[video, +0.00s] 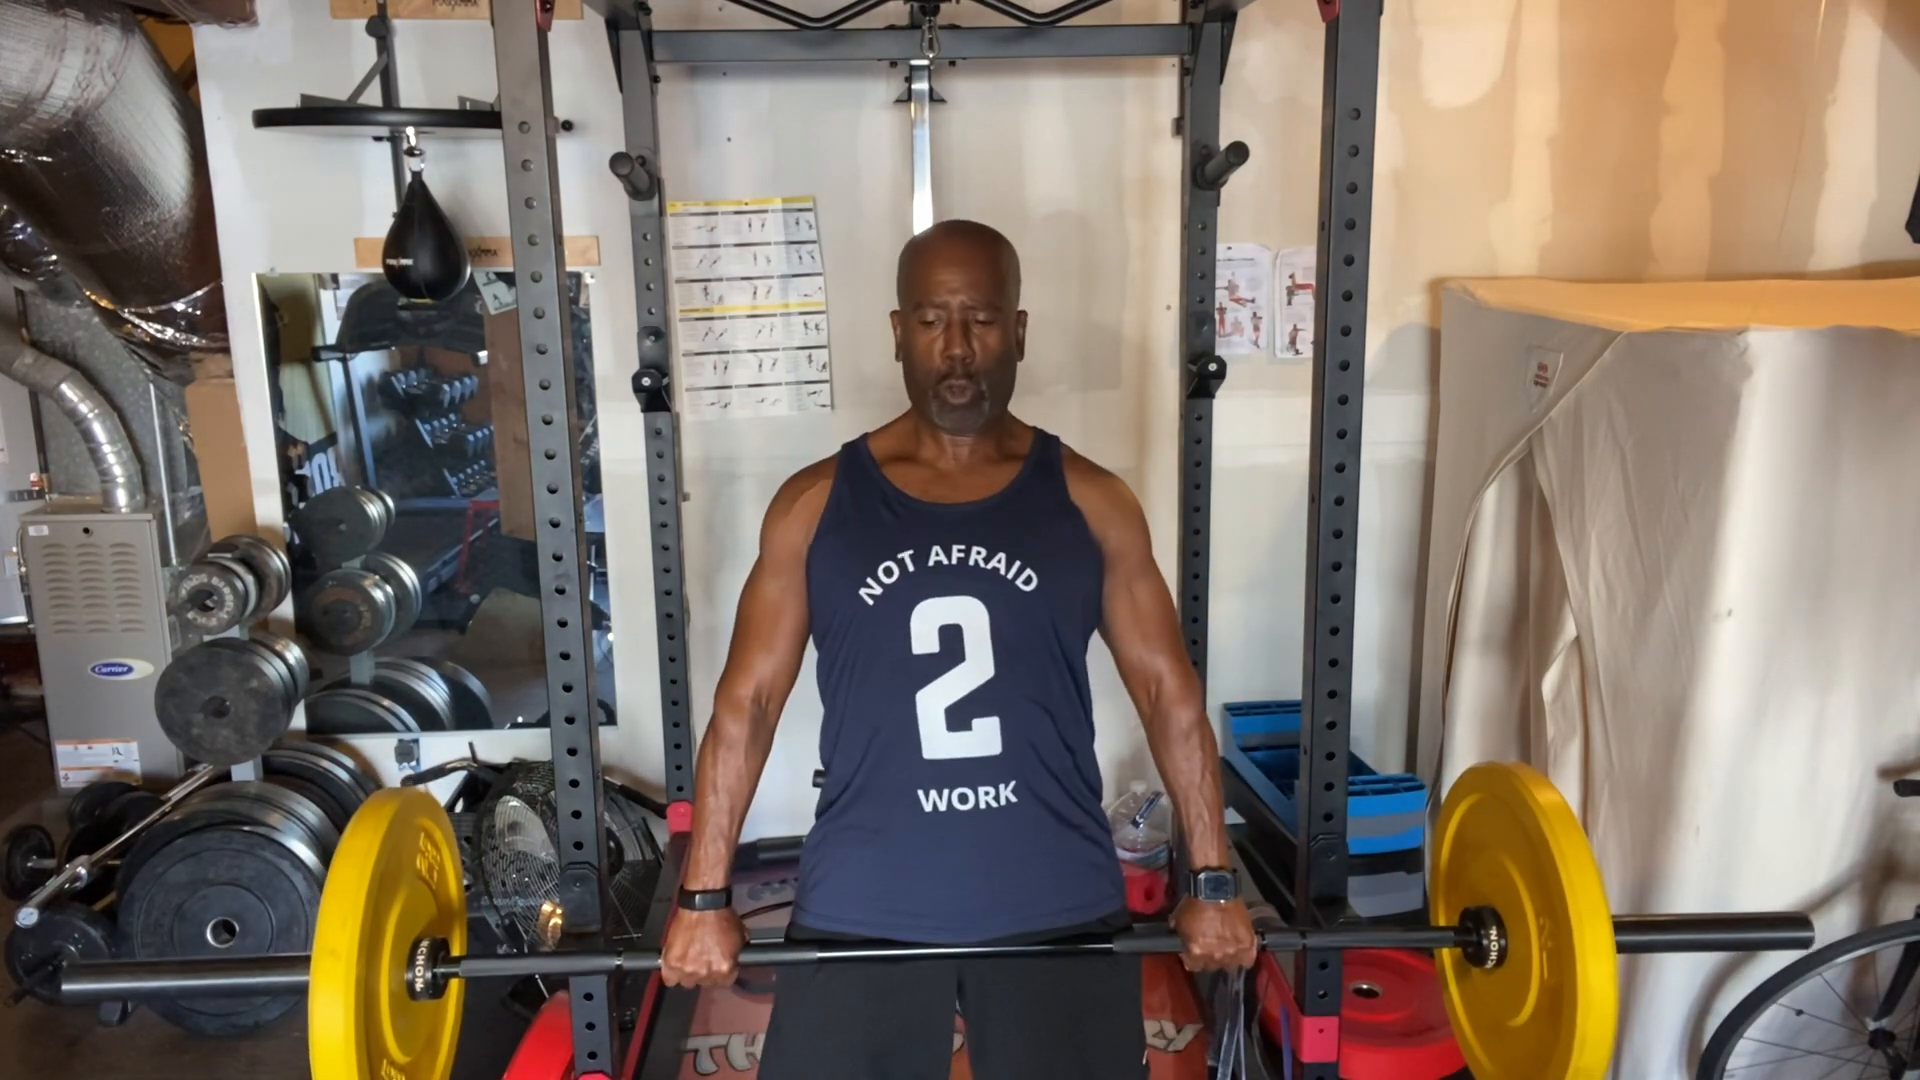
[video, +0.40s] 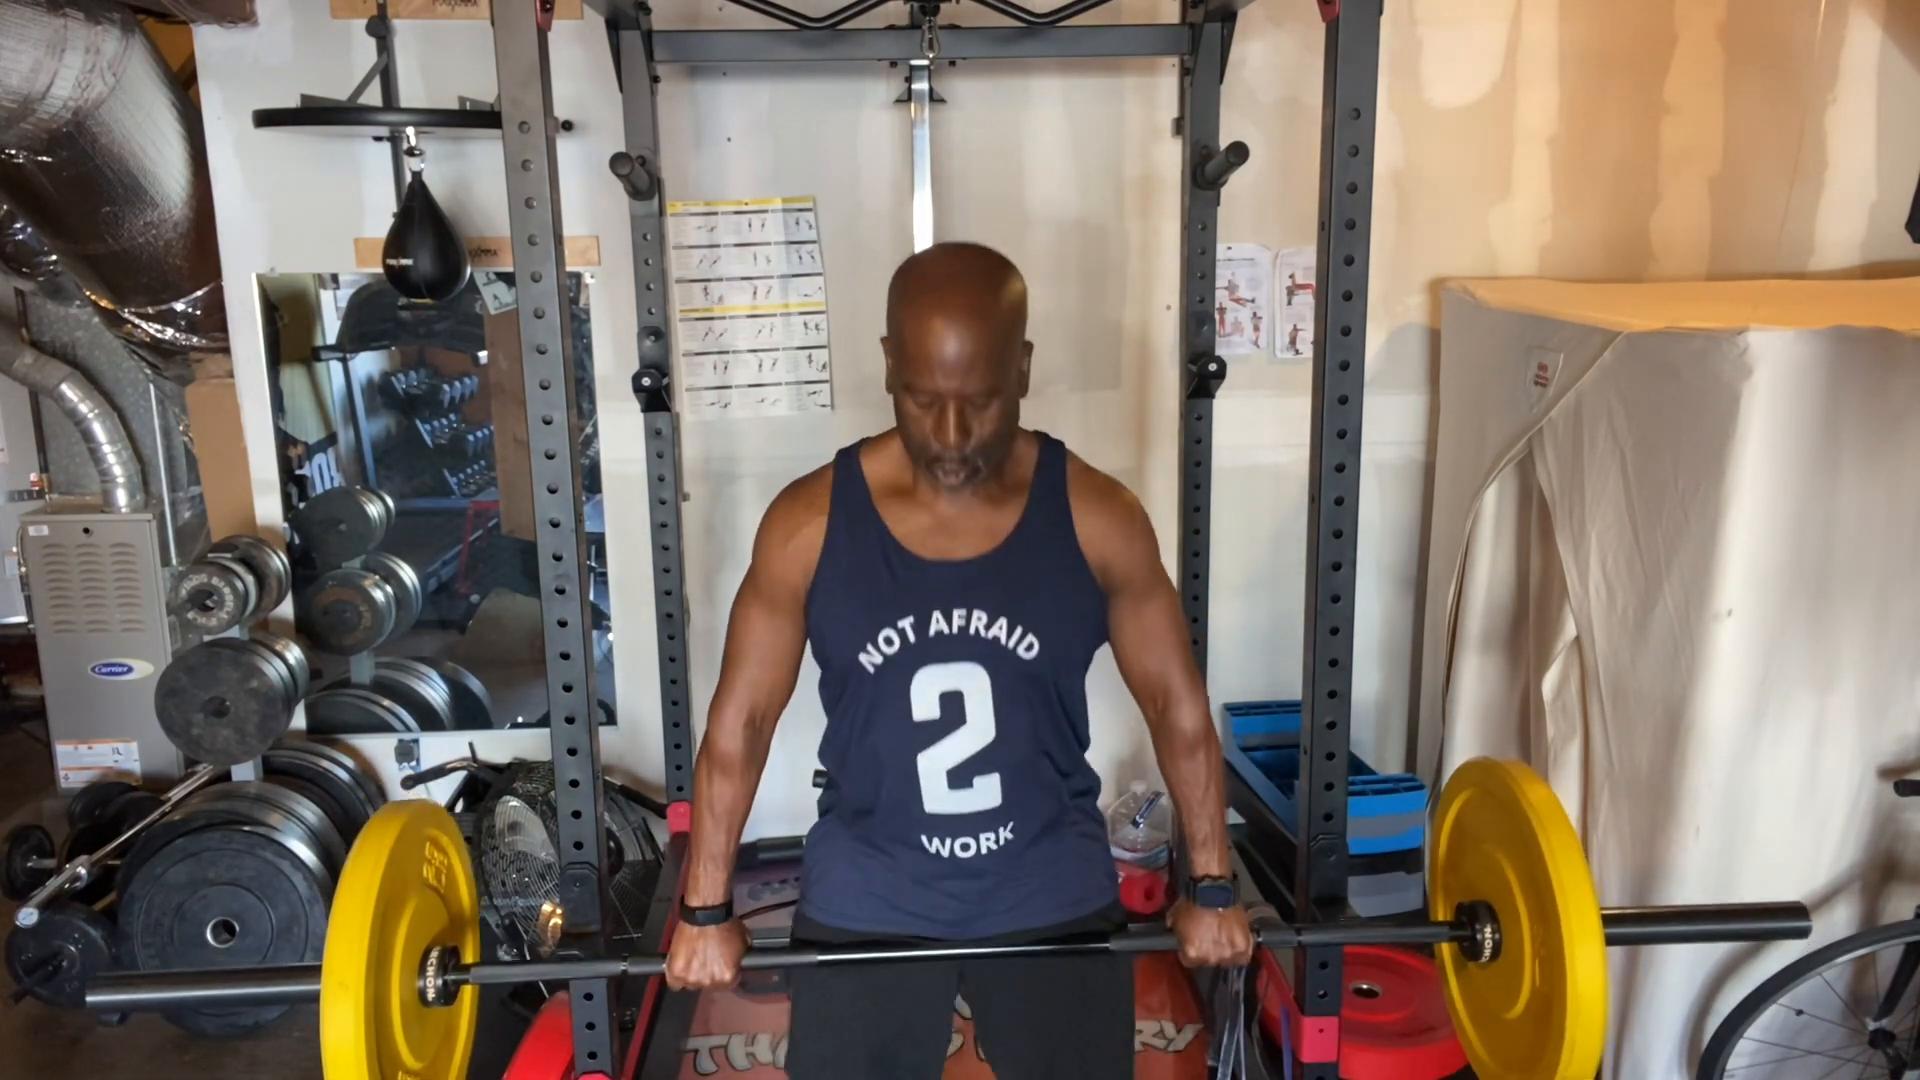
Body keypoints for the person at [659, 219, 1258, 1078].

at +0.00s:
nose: (955, 347)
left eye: (981, 320)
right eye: (930, 321)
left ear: (1018, 333)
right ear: (899, 335)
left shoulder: (1093, 502)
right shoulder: (816, 504)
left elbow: (1167, 689)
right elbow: (747, 703)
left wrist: (1213, 878)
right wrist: (703, 893)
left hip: (1059, 930)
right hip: (860, 933)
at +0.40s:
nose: (950, 434)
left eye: (978, 400)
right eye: (922, 399)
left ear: (1024, 367)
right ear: (888, 365)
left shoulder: (1099, 519)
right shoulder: (809, 523)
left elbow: (1176, 706)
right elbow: (741, 721)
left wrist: (1213, 885)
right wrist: (706, 904)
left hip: (1053, 909)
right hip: (866, 913)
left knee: (1075, 1063)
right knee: (847, 1065)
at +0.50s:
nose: (959, 492)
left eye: (987, 461)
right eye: (930, 460)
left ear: (1032, 411)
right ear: (891, 411)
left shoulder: (1103, 546)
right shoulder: (810, 549)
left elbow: (1186, 727)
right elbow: (739, 746)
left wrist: (1212, 901)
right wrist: (706, 920)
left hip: (1048, 896)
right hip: (866, 899)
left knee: (1084, 1063)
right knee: (841, 1064)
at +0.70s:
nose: (965, 610)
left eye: (994, 583)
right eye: (936, 582)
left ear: (1037, 522)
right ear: (892, 513)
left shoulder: (1110, 612)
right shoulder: (806, 619)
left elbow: (1188, 783)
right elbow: (732, 805)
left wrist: (1213, 952)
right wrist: (706, 974)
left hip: (1050, 903)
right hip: (874, 909)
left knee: (1095, 1065)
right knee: (844, 1067)